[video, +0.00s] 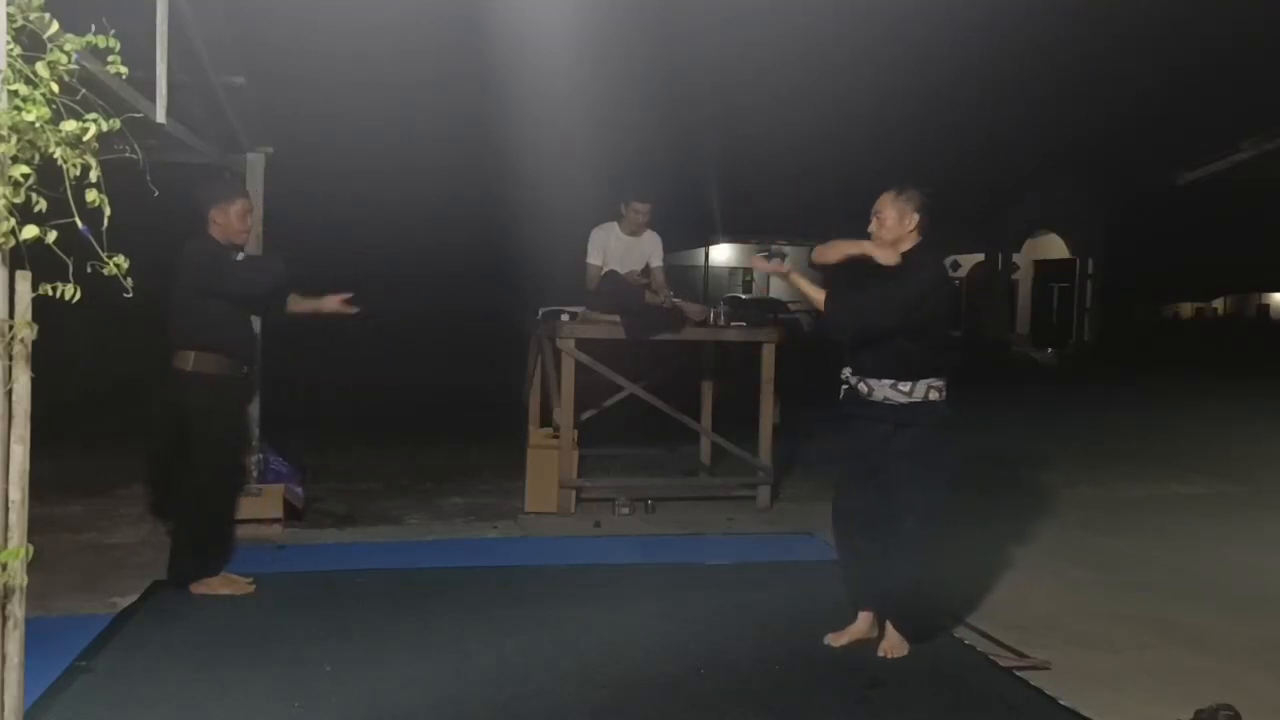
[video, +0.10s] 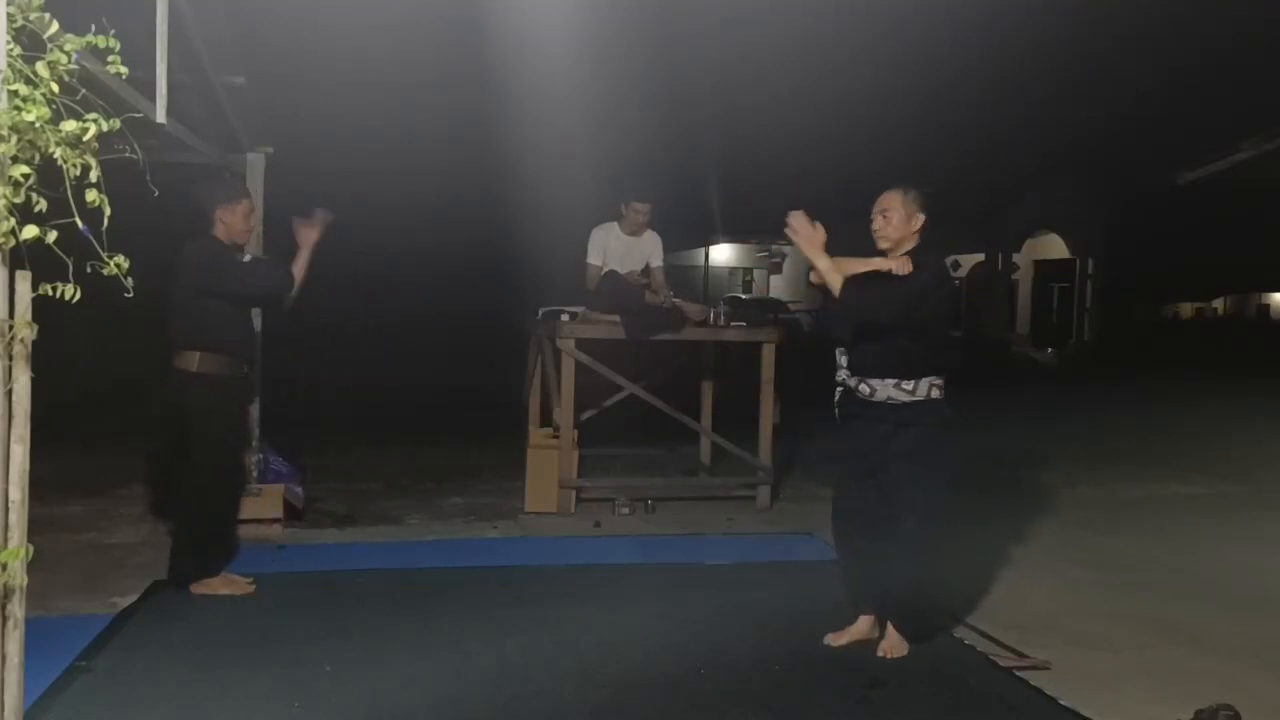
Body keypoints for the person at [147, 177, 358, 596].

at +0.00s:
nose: (249, 223)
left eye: (250, 214)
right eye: (242, 215)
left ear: (227, 219)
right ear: (215, 218)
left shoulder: (222, 262)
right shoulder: (202, 259)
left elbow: (266, 300)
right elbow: (257, 285)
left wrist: (319, 305)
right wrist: (271, 258)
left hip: (220, 382)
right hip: (203, 383)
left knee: (216, 473)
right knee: (213, 474)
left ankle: (201, 568)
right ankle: (200, 572)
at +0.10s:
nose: (253, 222)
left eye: (252, 213)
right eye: (246, 214)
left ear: (226, 216)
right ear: (221, 214)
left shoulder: (215, 257)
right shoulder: (206, 258)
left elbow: (273, 293)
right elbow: (277, 290)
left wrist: (299, 251)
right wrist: (306, 246)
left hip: (216, 382)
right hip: (206, 383)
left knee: (212, 472)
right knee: (212, 473)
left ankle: (201, 567)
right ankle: (203, 572)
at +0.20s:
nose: (252, 223)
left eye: (252, 215)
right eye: (246, 215)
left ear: (225, 218)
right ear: (223, 216)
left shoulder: (211, 255)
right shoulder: (208, 258)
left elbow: (261, 287)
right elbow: (268, 287)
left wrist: (288, 263)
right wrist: (293, 258)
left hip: (215, 381)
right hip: (207, 383)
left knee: (215, 472)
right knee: (213, 473)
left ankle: (206, 566)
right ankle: (201, 573)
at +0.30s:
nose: (253, 222)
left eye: (253, 214)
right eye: (249, 214)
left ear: (225, 216)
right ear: (228, 215)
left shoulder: (207, 254)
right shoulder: (211, 258)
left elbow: (255, 275)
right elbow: (259, 284)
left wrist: (300, 270)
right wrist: (304, 271)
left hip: (209, 382)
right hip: (210, 385)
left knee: (210, 473)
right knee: (214, 475)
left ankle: (199, 567)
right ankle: (203, 572)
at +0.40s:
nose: (253, 223)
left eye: (252, 216)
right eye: (249, 216)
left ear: (221, 217)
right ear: (232, 217)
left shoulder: (206, 253)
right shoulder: (211, 258)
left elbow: (243, 275)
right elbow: (253, 281)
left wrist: (258, 263)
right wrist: (300, 280)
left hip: (211, 384)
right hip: (208, 387)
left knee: (211, 474)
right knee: (213, 476)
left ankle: (201, 567)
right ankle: (203, 573)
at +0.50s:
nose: (256, 223)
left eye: (255, 215)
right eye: (252, 216)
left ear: (221, 217)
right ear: (236, 217)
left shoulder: (210, 254)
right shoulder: (214, 258)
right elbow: (265, 284)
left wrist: (251, 264)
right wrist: (263, 267)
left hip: (214, 383)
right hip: (210, 385)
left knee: (212, 474)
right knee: (216, 476)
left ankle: (202, 567)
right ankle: (202, 572)